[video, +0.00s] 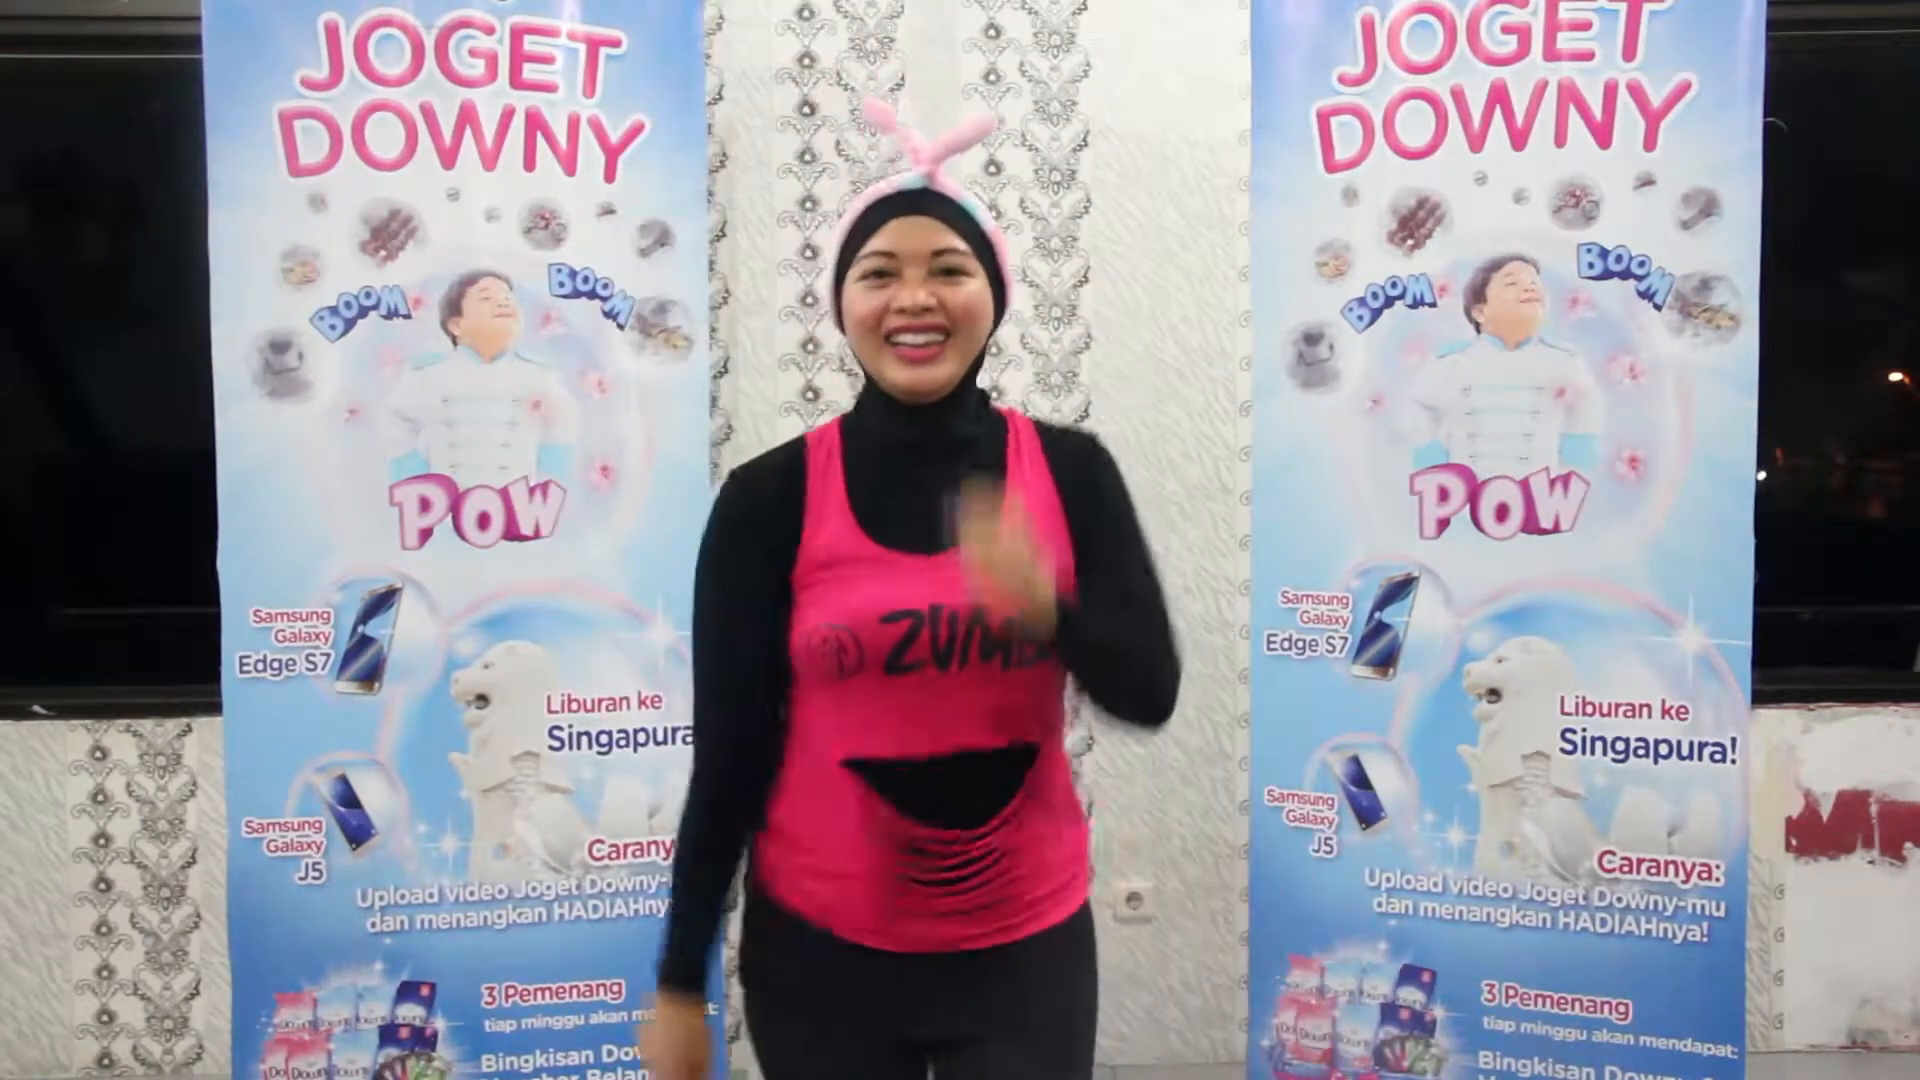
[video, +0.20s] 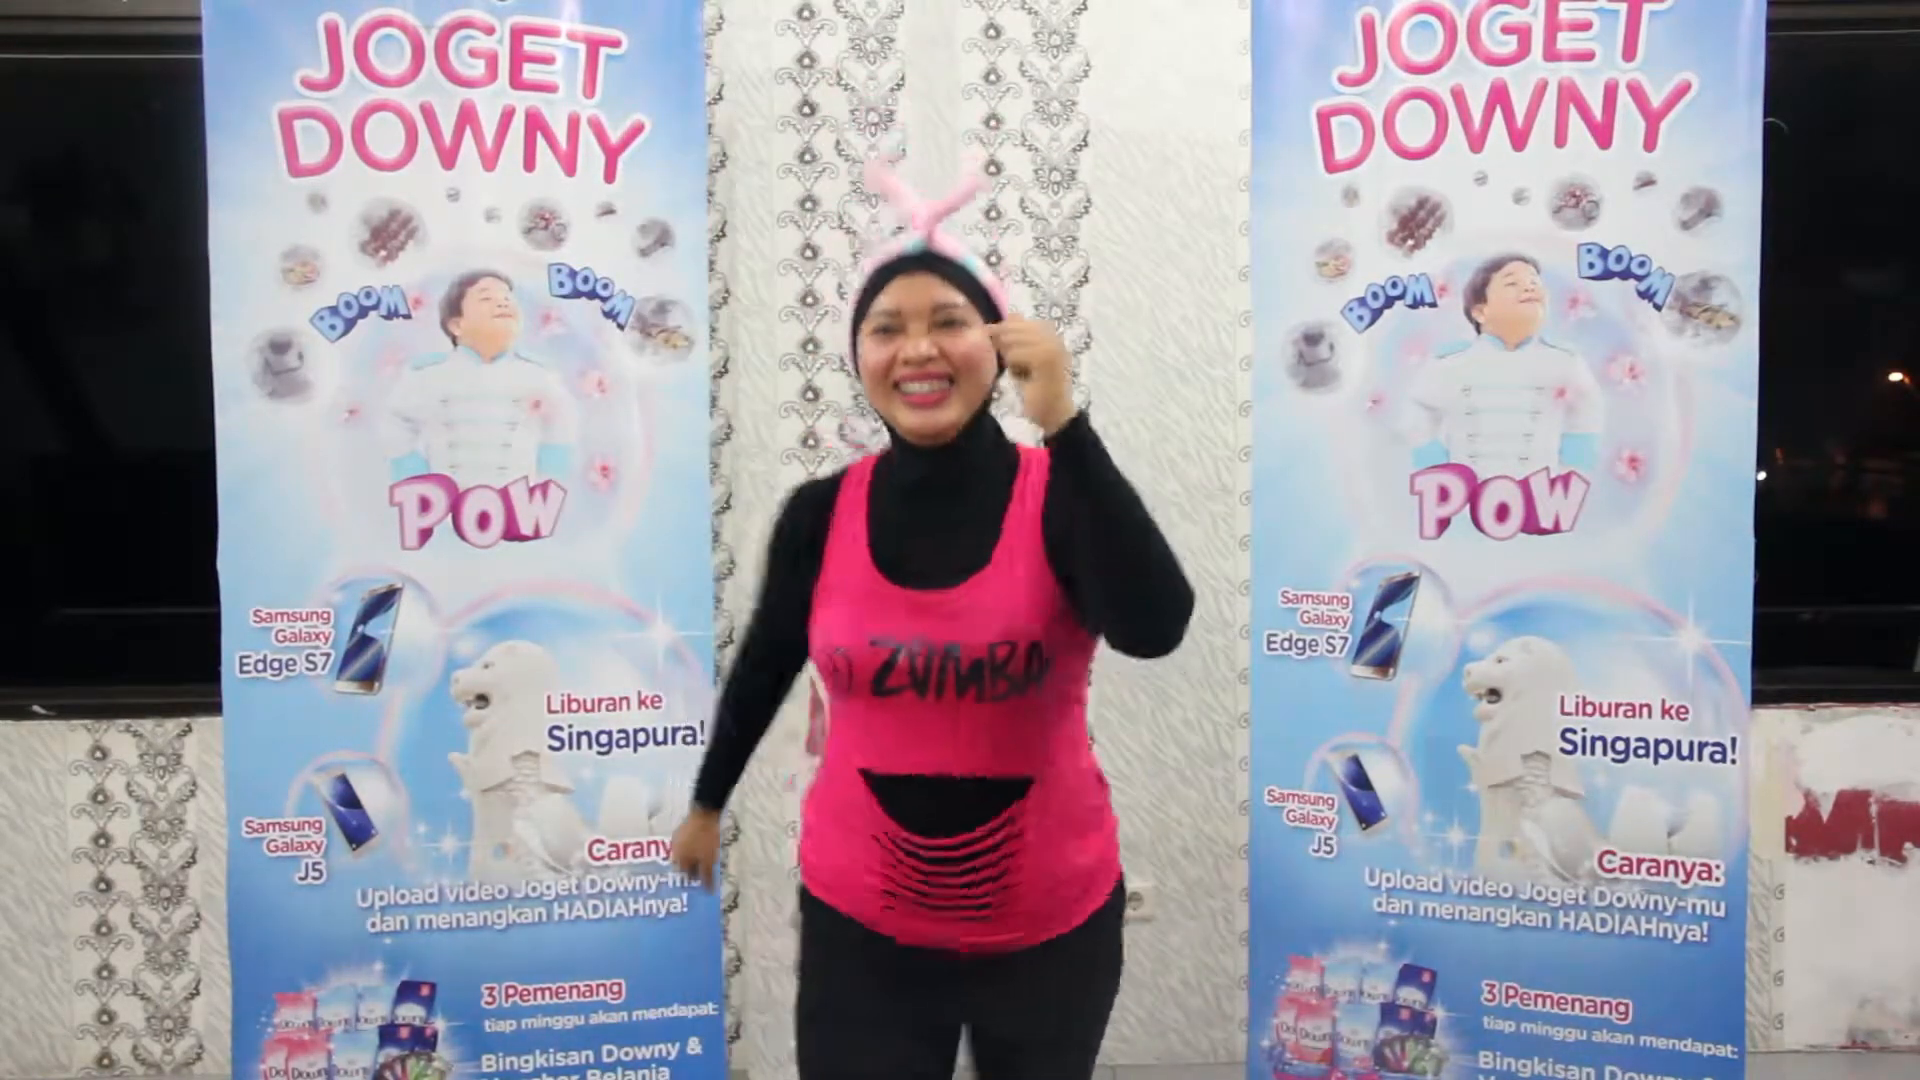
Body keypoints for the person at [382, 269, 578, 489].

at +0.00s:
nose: (503, 302)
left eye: (508, 296)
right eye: (485, 297)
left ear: (518, 314)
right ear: (455, 324)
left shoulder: (539, 380)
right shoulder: (421, 380)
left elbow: (560, 443)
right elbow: (396, 434)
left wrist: (544, 499)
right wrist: (415, 494)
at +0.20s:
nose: (503, 302)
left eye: (508, 297)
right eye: (485, 297)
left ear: (518, 315)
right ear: (455, 324)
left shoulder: (539, 378)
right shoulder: (422, 377)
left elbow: (559, 441)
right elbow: (394, 428)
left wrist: (543, 498)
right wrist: (415, 488)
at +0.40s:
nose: (503, 302)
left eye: (508, 297)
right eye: (485, 297)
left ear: (518, 315)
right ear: (455, 324)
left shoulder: (539, 378)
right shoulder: (422, 377)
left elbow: (559, 441)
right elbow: (394, 428)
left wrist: (543, 498)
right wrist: (415, 488)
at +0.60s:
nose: (503, 302)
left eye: (508, 297)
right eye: (485, 298)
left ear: (518, 315)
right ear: (455, 324)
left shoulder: (539, 378)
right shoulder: (422, 377)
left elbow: (559, 442)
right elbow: (394, 429)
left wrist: (542, 501)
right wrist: (415, 490)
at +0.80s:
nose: (502, 303)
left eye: (508, 297)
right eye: (484, 298)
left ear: (518, 316)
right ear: (455, 324)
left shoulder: (537, 376)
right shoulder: (424, 377)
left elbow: (559, 434)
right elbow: (394, 426)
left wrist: (545, 494)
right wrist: (414, 486)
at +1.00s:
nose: (502, 303)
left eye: (508, 297)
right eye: (484, 298)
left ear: (518, 316)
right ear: (455, 324)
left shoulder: (537, 376)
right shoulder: (424, 377)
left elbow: (559, 434)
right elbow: (394, 426)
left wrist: (545, 494)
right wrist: (413, 486)